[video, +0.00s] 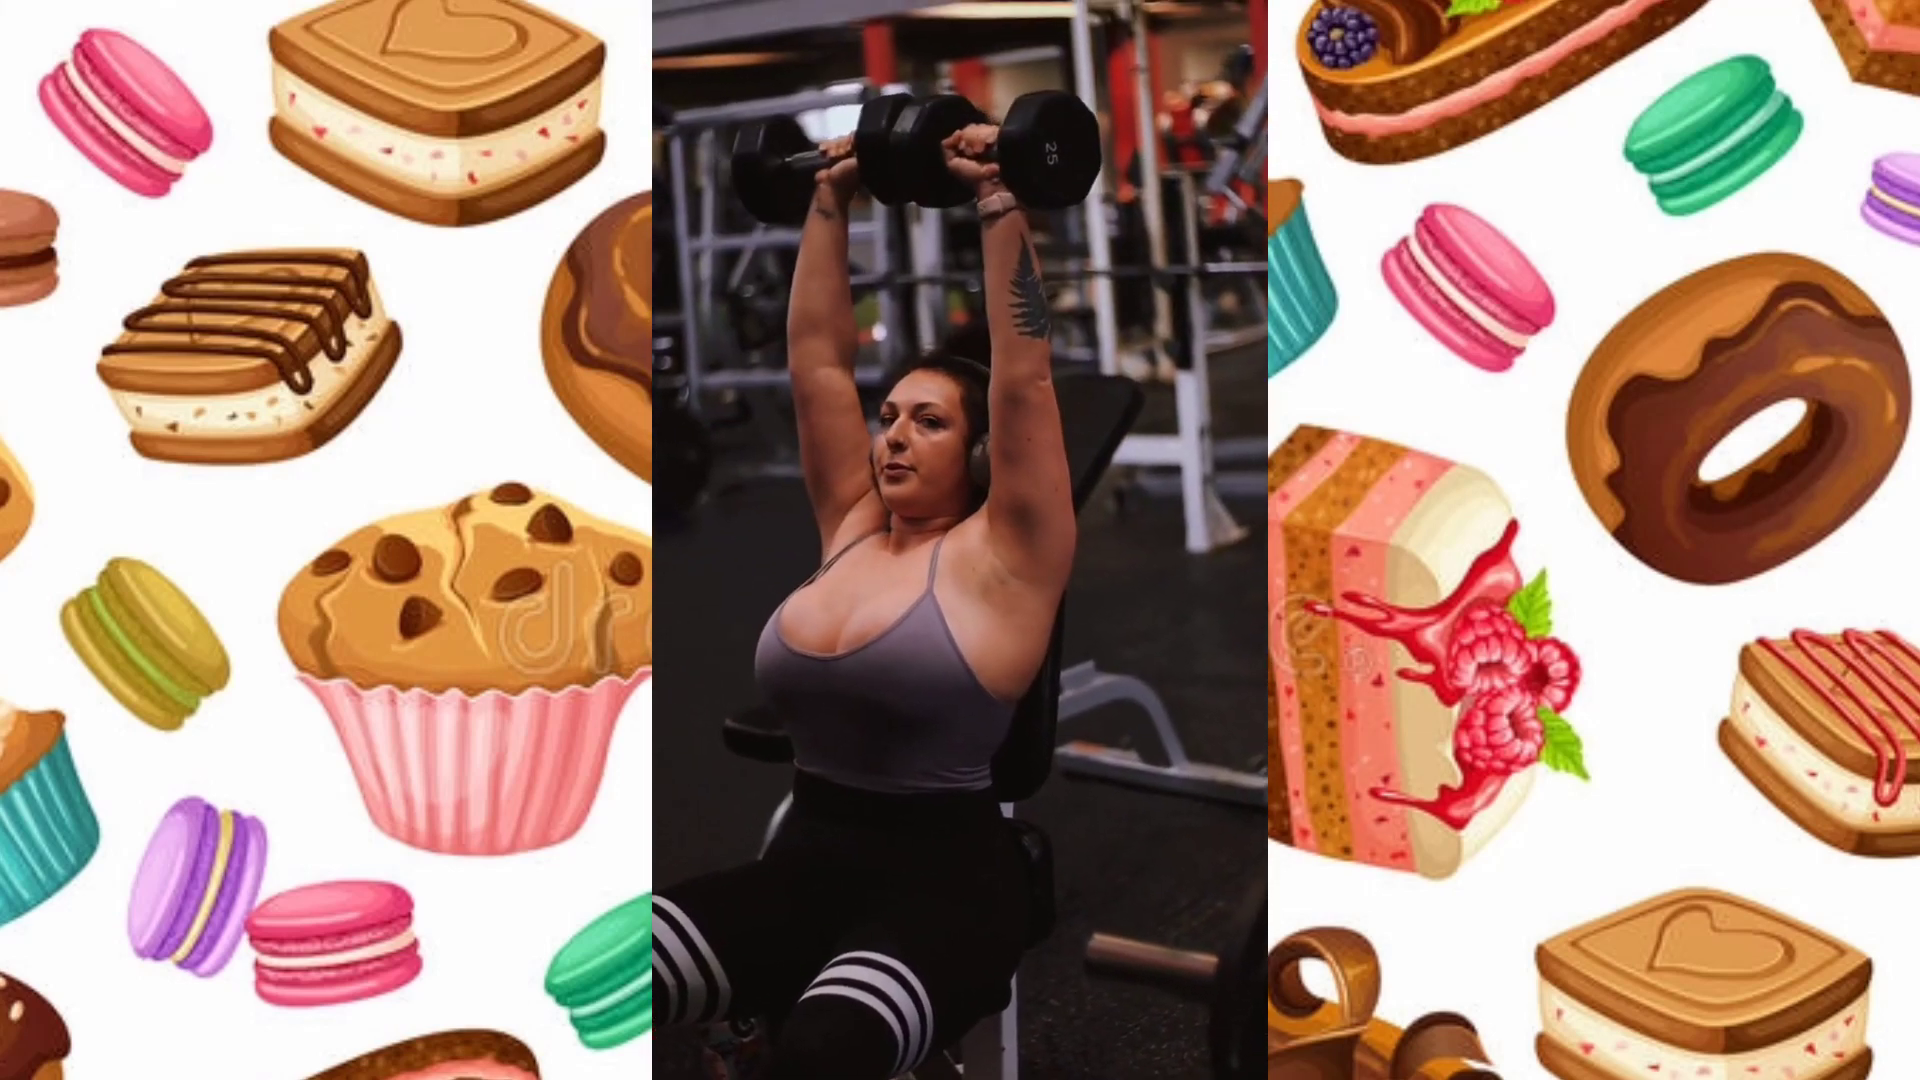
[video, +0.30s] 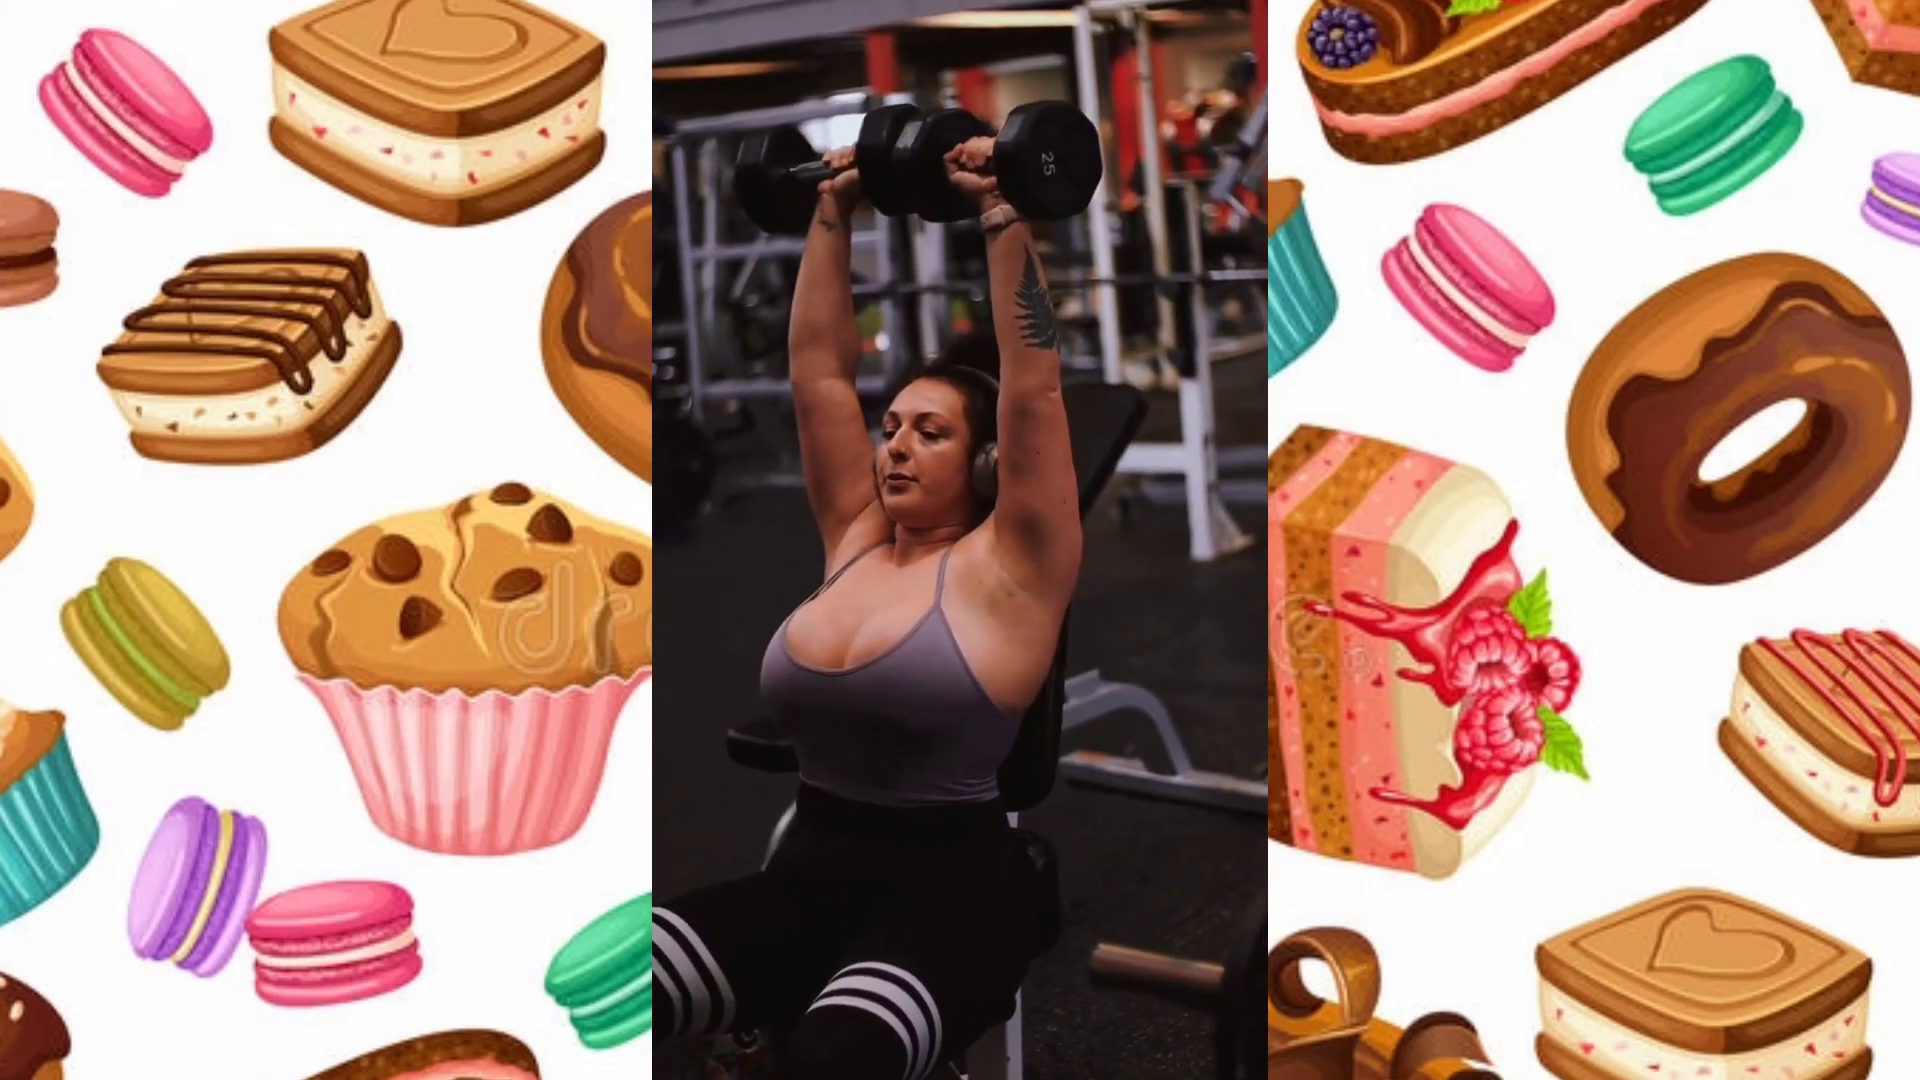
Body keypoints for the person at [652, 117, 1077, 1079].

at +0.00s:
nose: (894, 435)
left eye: (927, 421)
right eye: (889, 417)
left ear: (982, 447)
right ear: (873, 438)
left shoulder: (1011, 549)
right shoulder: (853, 523)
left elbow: (1023, 377)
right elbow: (818, 362)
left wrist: (999, 208)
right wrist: (829, 200)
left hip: (946, 880)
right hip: (812, 864)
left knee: (825, 1043)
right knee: (606, 974)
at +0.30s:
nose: (897, 445)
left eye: (929, 430)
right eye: (891, 427)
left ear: (984, 457)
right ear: (876, 448)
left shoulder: (1016, 560)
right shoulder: (857, 534)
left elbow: (1032, 391)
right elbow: (820, 373)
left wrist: (1002, 221)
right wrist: (831, 210)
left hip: (951, 892)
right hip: (815, 877)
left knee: (837, 1050)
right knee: (607, 986)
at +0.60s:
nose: (898, 449)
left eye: (931, 434)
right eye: (894, 432)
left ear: (988, 465)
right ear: (878, 453)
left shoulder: (1020, 568)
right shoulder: (859, 541)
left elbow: (1054, 399)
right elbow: (814, 383)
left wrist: (1025, 236)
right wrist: (825, 228)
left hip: (956, 898)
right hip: (821, 882)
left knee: (840, 1050)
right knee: (613, 984)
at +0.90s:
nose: (888, 446)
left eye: (920, 432)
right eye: (884, 427)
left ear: (980, 463)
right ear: (873, 444)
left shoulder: (1014, 572)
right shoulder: (847, 536)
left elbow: (1091, 412)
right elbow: (773, 397)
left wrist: (1060, 248)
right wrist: (791, 251)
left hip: (945, 897)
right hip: (806, 879)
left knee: (827, 1046)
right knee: (601, 978)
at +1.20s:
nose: (867, 432)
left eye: (900, 418)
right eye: (862, 415)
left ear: (962, 449)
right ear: (851, 433)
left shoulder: (995, 568)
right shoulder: (824, 528)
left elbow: (1133, 468)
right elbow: (728, 439)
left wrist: (1082, 305)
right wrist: (755, 307)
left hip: (928, 881)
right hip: (791, 864)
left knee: (801, 1044)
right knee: (591, 972)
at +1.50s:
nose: (857, 433)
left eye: (889, 416)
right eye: (851, 413)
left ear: (953, 442)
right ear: (840, 431)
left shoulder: (986, 566)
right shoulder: (815, 535)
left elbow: (1157, 567)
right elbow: (708, 512)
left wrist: (1113, 410)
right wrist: (731, 389)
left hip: (922, 880)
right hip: (784, 863)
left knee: (792, 1044)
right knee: (594, 970)